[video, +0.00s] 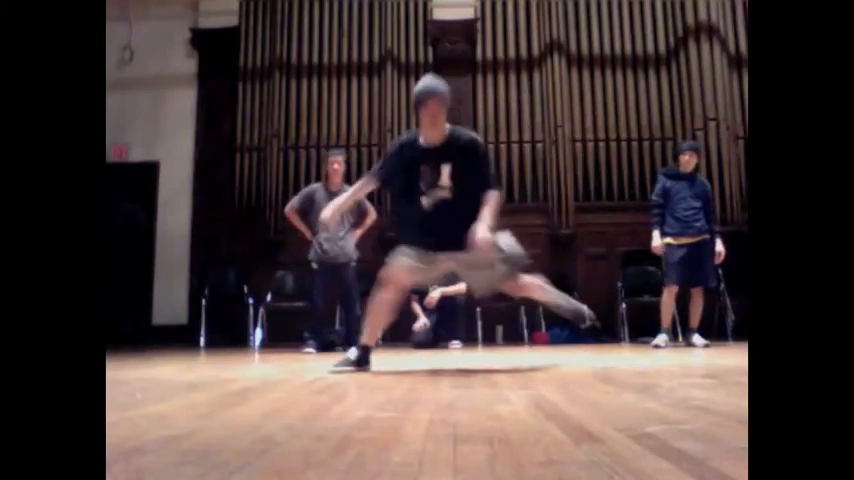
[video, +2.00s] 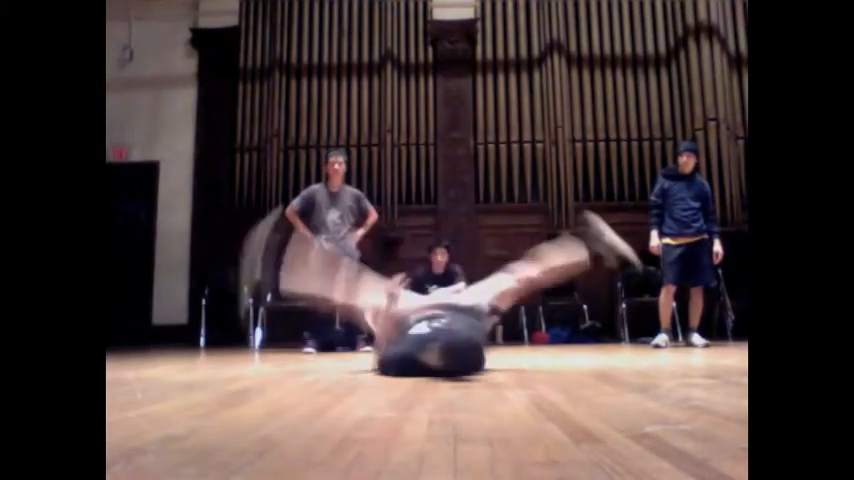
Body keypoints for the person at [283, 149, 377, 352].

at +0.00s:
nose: (335, 168)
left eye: (339, 163)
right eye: (332, 163)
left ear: (344, 168)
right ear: (326, 167)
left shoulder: (351, 193)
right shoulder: (314, 191)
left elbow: (372, 213)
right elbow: (290, 210)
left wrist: (356, 234)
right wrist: (308, 234)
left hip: (345, 251)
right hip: (321, 251)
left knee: (350, 301)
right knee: (321, 301)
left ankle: (351, 342)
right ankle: (320, 341)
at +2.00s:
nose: (336, 167)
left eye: (340, 164)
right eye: (333, 163)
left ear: (345, 168)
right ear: (326, 167)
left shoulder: (354, 194)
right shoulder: (314, 192)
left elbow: (373, 215)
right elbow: (290, 211)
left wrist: (358, 234)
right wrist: (309, 237)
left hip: (347, 252)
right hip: (320, 250)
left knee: (349, 297)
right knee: (318, 294)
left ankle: (358, 338)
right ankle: (312, 339)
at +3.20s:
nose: (337, 167)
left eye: (341, 163)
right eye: (334, 163)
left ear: (346, 167)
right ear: (326, 167)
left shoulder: (354, 194)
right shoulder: (314, 192)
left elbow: (373, 214)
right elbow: (290, 211)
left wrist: (360, 234)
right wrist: (307, 233)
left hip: (350, 259)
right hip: (318, 257)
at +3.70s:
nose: (337, 167)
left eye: (340, 164)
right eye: (334, 163)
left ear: (345, 167)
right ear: (326, 167)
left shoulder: (354, 194)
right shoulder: (314, 192)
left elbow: (373, 214)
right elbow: (291, 212)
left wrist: (360, 233)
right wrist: (310, 236)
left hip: (349, 248)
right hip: (320, 248)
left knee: (359, 294)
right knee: (316, 294)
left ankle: (353, 340)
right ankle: (313, 340)